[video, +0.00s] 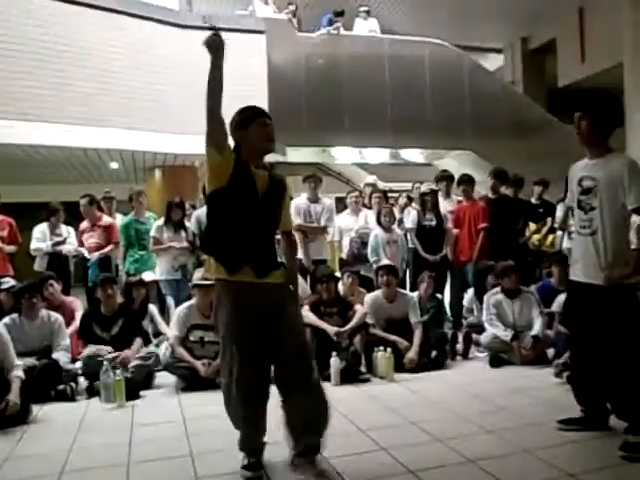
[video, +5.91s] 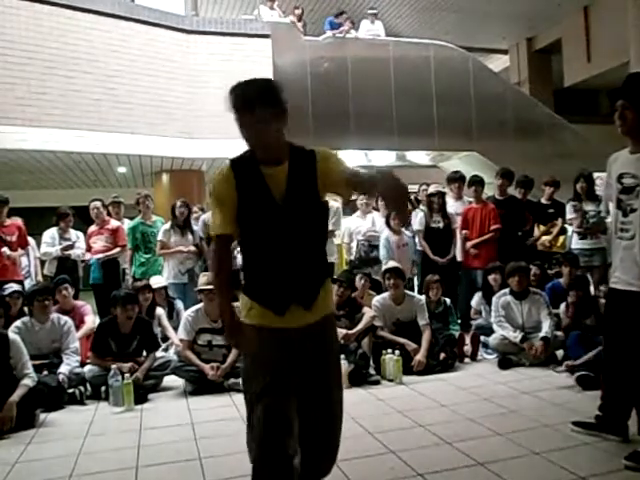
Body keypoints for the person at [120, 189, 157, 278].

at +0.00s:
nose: (140, 203)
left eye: (143, 199)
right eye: (137, 200)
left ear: (146, 202)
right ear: (132, 203)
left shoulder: (153, 219)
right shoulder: (126, 223)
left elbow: (157, 242)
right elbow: (123, 245)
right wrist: (120, 264)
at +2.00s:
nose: (144, 202)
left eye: (146, 199)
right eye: (140, 200)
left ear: (150, 202)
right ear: (136, 204)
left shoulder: (157, 221)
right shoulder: (130, 224)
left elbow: (161, 243)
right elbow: (127, 247)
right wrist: (124, 266)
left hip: (155, 266)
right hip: (137, 266)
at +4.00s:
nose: (143, 202)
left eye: (145, 199)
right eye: (139, 200)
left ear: (150, 202)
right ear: (135, 204)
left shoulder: (156, 220)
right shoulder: (130, 224)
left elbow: (161, 242)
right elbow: (127, 247)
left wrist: (164, 263)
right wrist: (125, 268)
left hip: (155, 266)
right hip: (138, 267)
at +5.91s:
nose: (146, 204)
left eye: (148, 201)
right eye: (143, 202)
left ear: (152, 204)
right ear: (138, 206)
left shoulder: (160, 222)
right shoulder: (133, 226)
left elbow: (164, 244)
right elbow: (130, 249)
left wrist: (167, 266)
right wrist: (129, 270)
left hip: (158, 267)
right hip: (140, 269)